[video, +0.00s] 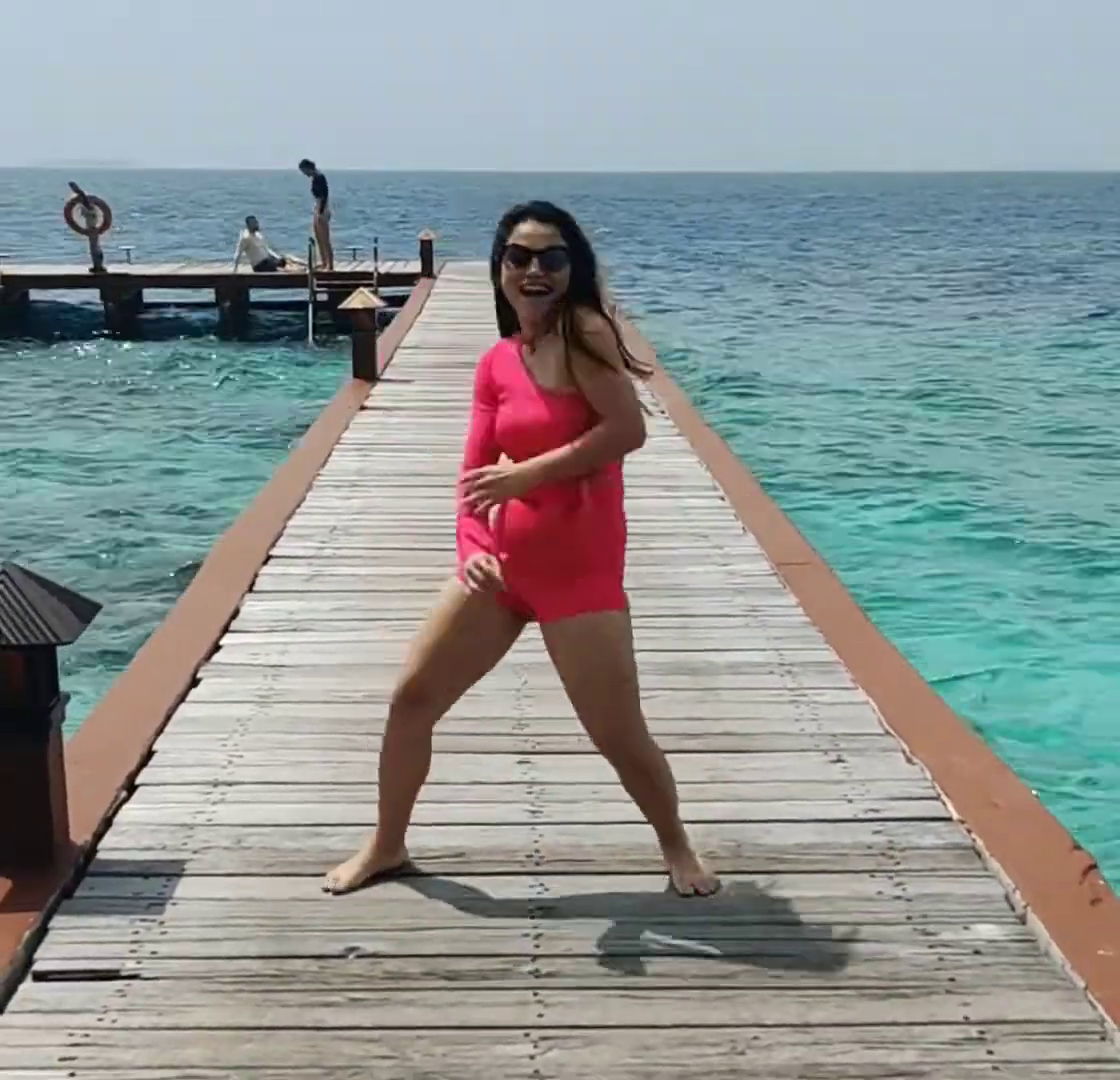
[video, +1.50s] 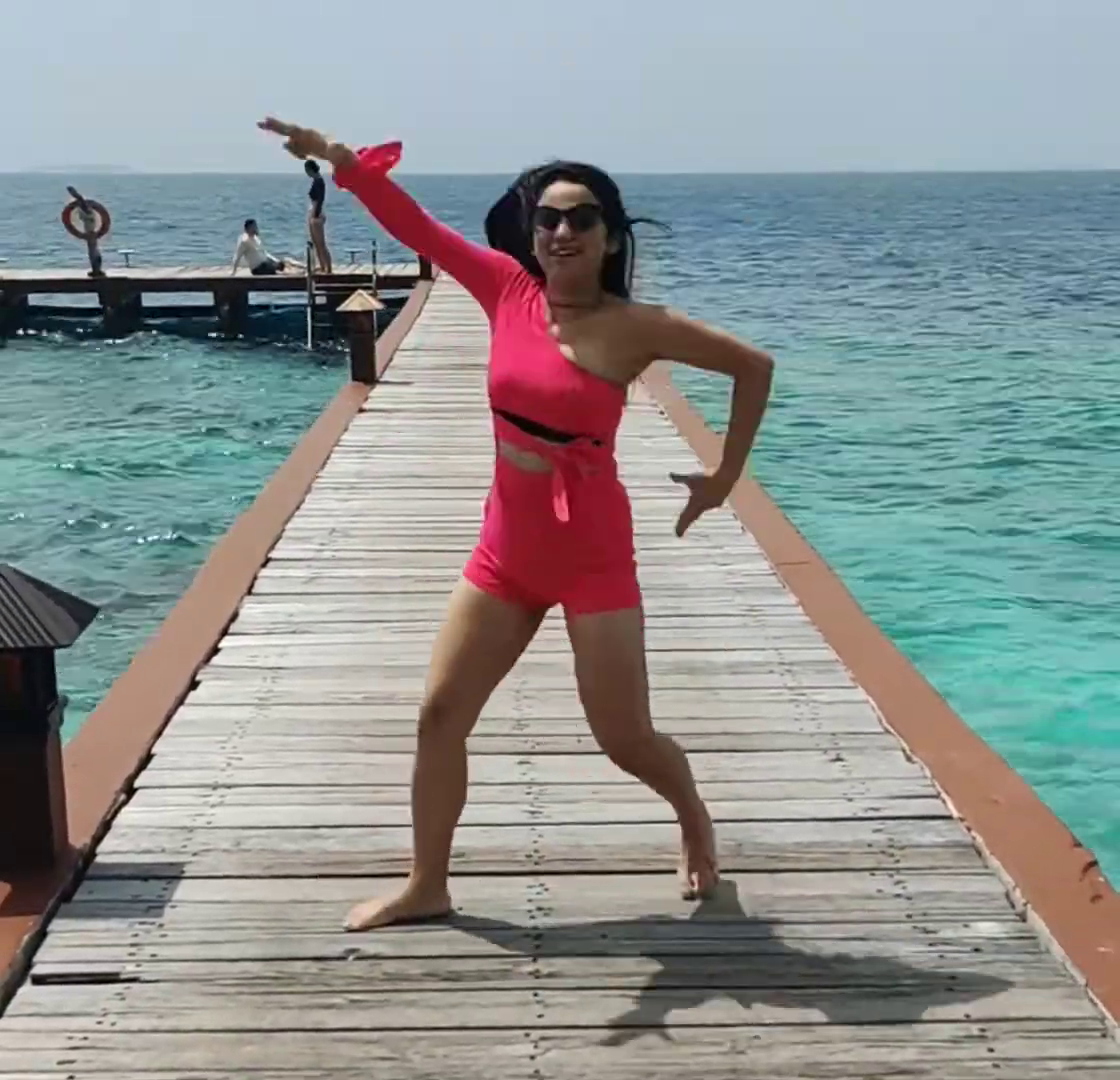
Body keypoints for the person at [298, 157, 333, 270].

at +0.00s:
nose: (305, 174)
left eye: (305, 171)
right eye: (303, 171)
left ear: (309, 168)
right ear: (308, 169)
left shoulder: (319, 178)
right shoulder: (315, 178)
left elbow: (323, 196)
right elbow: (318, 196)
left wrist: (320, 212)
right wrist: (317, 211)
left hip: (322, 210)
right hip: (317, 209)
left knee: (324, 238)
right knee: (319, 238)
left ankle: (329, 265)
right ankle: (323, 263)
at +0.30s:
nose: (304, 173)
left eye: (304, 170)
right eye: (303, 171)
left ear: (309, 168)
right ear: (307, 169)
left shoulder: (317, 179)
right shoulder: (313, 179)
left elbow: (321, 197)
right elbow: (315, 197)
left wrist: (318, 212)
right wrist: (313, 212)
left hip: (319, 211)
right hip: (314, 210)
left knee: (322, 239)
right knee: (316, 239)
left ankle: (328, 266)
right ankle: (322, 264)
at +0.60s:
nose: (305, 173)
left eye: (306, 170)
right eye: (304, 170)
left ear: (310, 168)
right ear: (309, 169)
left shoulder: (318, 180)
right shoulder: (314, 180)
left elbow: (320, 197)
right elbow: (315, 199)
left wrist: (320, 213)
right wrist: (312, 215)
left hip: (319, 213)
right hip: (314, 212)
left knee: (321, 240)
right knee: (316, 240)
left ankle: (327, 266)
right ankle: (321, 265)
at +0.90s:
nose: (306, 173)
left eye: (307, 170)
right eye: (305, 171)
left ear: (311, 169)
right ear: (311, 169)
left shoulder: (319, 180)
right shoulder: (315, 180)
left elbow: (320, 199)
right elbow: (315, 200)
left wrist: (319, 213)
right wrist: (311, 216)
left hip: (318, 213)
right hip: (313, 212)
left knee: (321, 241)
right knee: (316, 241)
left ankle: (328, 267)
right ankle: (322, 265)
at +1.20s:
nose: (306, 172)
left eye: (307, 170)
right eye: (306, 170)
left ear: (311, 169)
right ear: (313, 168)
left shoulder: (319, 181)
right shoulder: (315, 180)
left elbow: (320, 198)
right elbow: (316, 198)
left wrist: (317, 214)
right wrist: (312, 213)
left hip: (318, 213)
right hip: (313, 212)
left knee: (321, 241)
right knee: (316, 241)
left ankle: (328, 267)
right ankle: (322, 265)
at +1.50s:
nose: (307, 173)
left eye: (308, 170)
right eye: (307, 170)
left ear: (311, 170)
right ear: (314, 168)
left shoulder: (318, 181)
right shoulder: (316, 181)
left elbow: (319, 199)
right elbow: (316, 198)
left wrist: (316, 214)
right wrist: (313, 212)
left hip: (317, 214)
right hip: (312, 213)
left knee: (320, 243)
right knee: (316, 243)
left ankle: (327, 268)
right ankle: (322, 266)